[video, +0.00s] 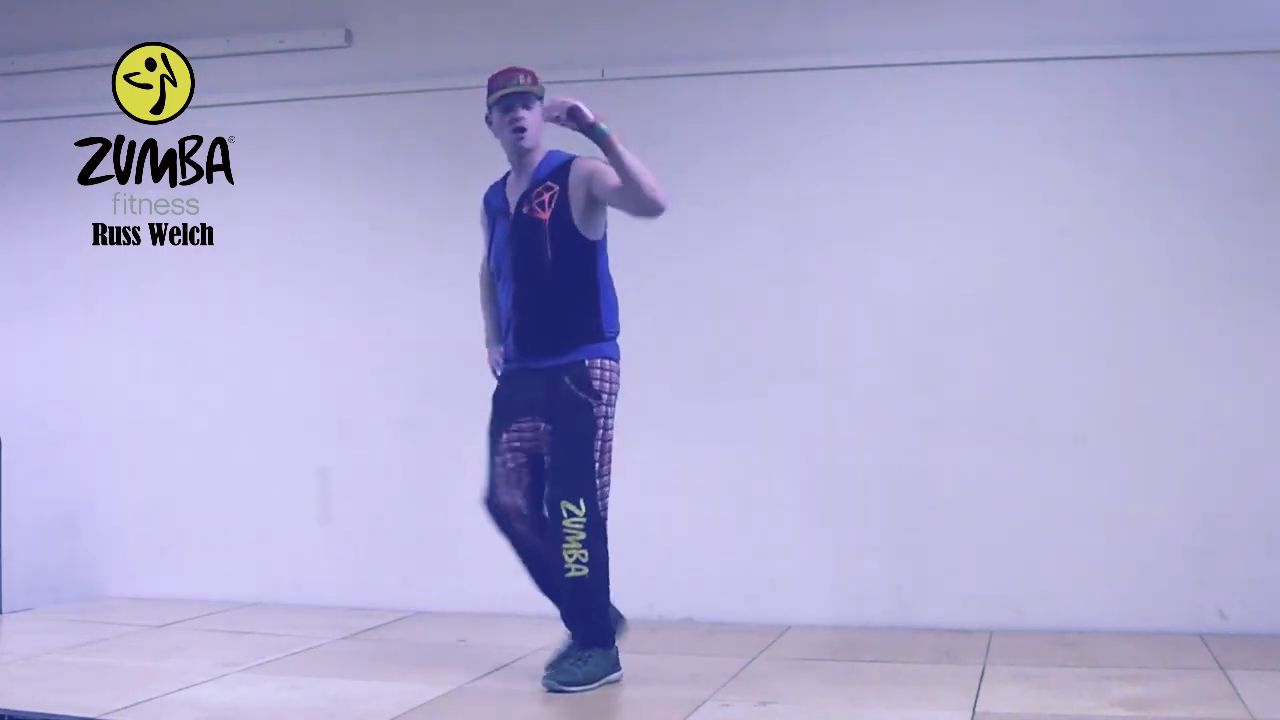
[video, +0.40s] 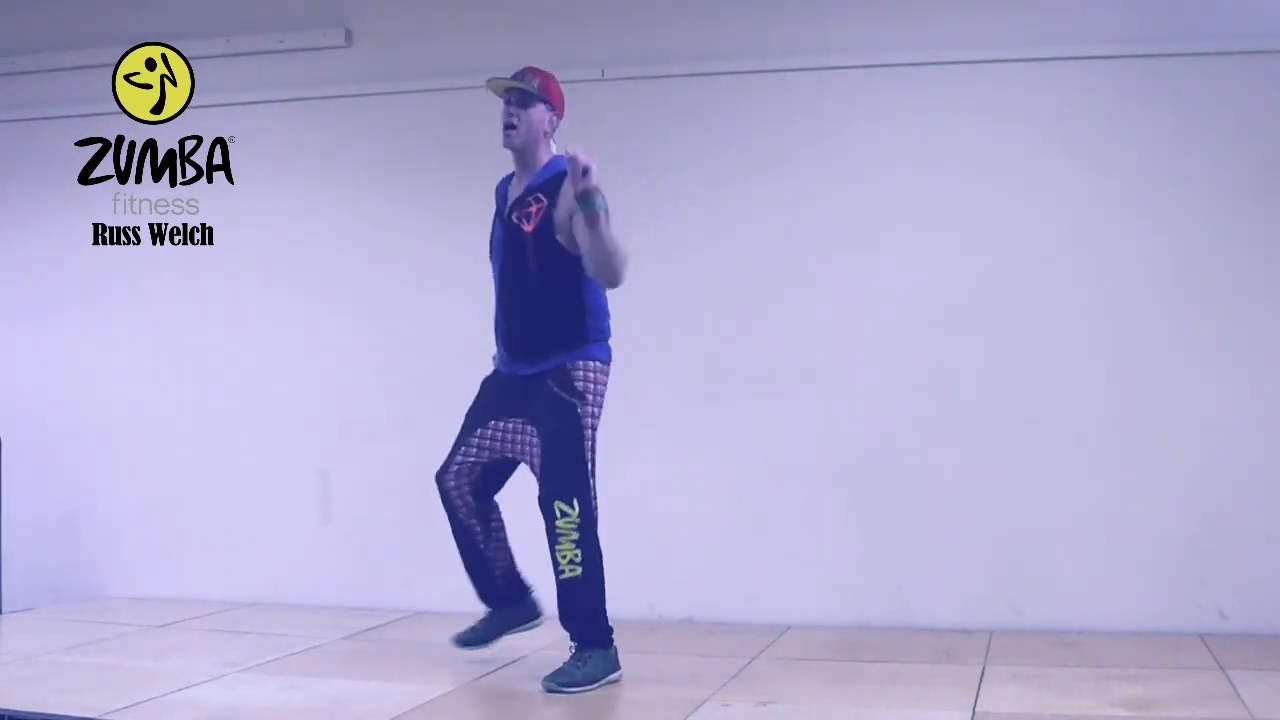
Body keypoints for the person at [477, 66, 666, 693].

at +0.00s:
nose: (518, 118)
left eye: (527, 106)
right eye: (506, 110)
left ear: (547, 115)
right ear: (492, 124)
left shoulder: (579, 172)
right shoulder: (494, 199)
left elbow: (653, 202)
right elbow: (491, 276)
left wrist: (599, 130)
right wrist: (494, 341)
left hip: (582, 365)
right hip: (521, 370)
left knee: (574, 504)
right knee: (507, 499)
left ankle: (595, 648)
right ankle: (593, 617)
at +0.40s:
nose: (508, 113)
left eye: (521, 105)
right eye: (505, 105)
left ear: (551, 117)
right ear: (502, 119)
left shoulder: (573, 182)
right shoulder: (505, 191)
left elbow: (611, 273)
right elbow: (514, 278)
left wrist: (587, 204)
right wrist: (507, 352)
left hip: (571, 365)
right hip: (514, 367)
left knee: (565, 503)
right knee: (459, 480)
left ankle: (594, 647)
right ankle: (510, 602)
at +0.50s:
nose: (508, 107)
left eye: (520, 98)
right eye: (504, 98)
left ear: (550, 108)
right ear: (501, 109)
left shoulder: (563, 179)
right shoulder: (501, 182)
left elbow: (571, 266)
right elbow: (498, 268)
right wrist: (493, 343)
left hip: (554, 360)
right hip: (500, 361)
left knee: (569, 500)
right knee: (482, 495)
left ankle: (594, 644)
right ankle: (482, 615)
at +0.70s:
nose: (488, 138)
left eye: (498, 127)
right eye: (481, 129)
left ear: (527, 129)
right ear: (476, 135)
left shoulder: (546, 202)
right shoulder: (482, 199)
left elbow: (517, 291)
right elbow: (463, 281)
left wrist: (475, 368)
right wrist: (455, 349)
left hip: (526, 370)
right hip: (476, 367)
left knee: (526, 499)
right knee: (472, 498)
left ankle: (581, 636)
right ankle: (485, 622)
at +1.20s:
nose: (448, 139)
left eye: (458, 128)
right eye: (440, 131)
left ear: (485, 132)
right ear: (435, 141)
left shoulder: (511, 203)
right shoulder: (454, 204)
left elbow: (502, 295)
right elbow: (465, 287)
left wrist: (438, 290)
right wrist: (446, 350)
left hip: (513, 367)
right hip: (462, 369)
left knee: (487, 495)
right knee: (455, 492)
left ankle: (522, 610)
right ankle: (480, 618)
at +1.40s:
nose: (445, 123)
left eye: (457, 114)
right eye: (440, 115)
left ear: (485, 124)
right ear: (436, 129)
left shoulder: (516, 187)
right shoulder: (441, 200)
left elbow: (536, 259)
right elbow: (438, 272)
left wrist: (473, 219)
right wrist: (439, 332)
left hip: (521, 356)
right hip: (468, 363)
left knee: (504, 475)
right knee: (468, 489)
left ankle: (553, 607)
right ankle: (483, 623)